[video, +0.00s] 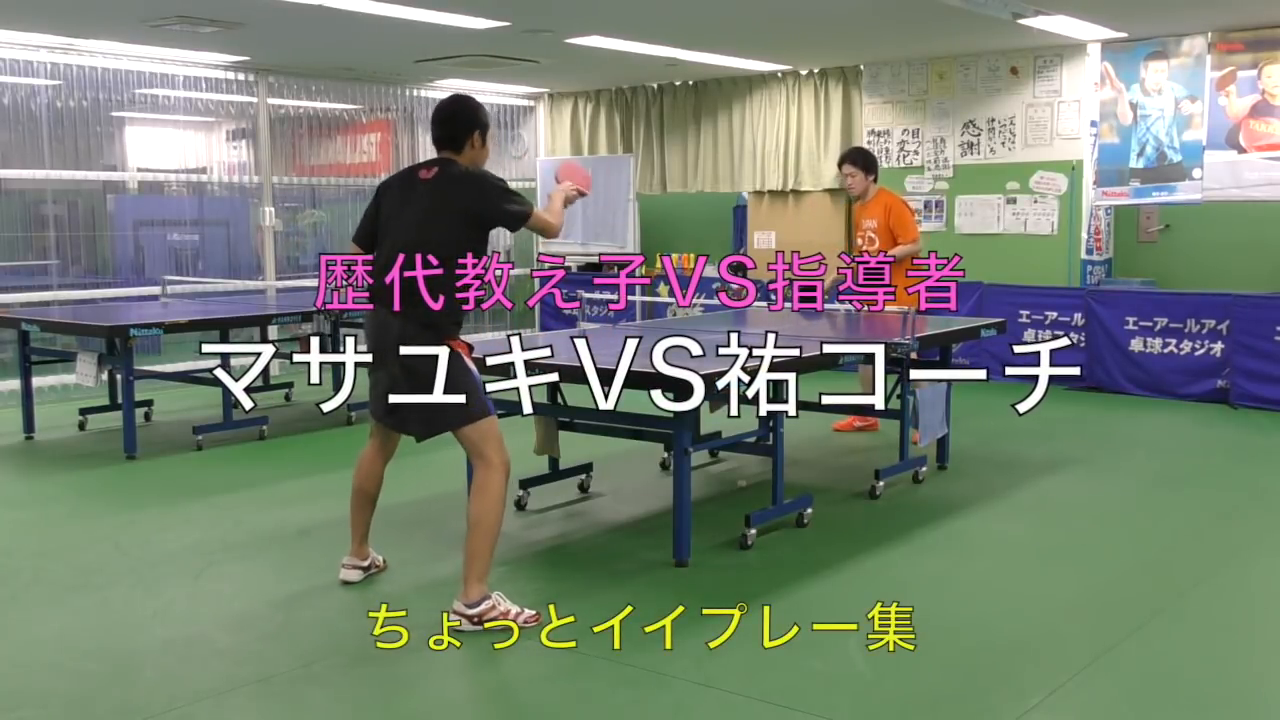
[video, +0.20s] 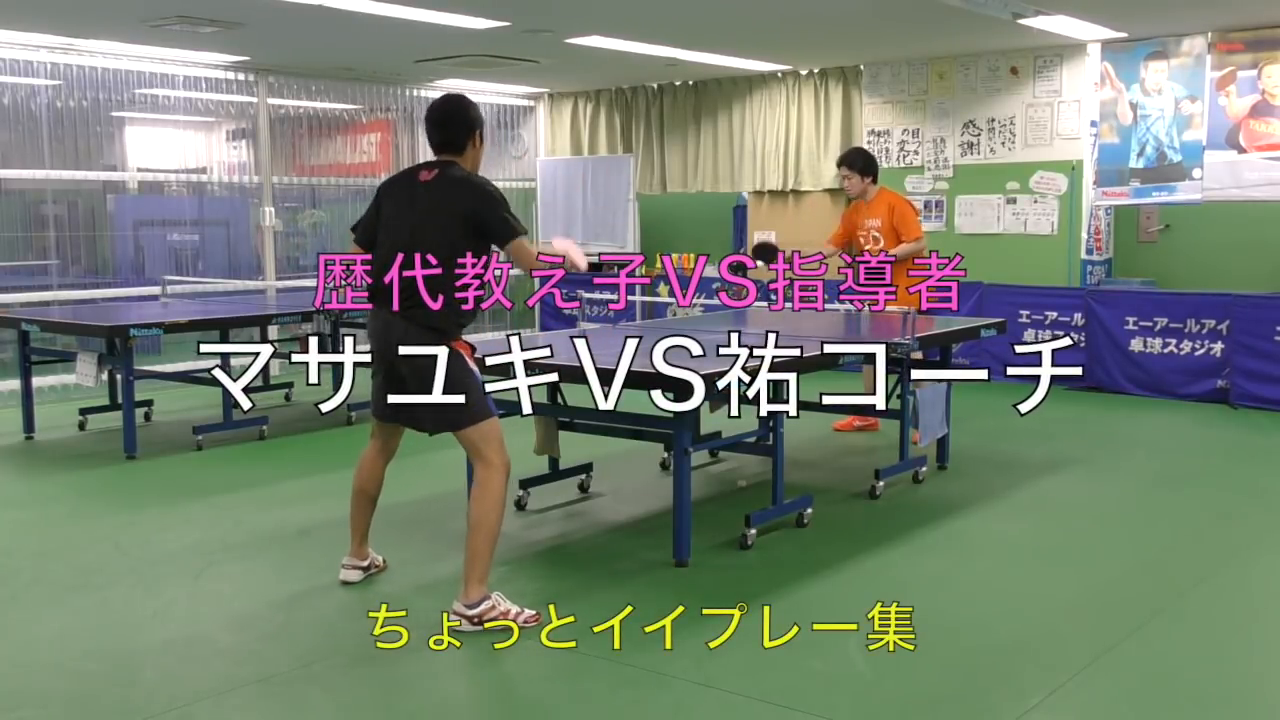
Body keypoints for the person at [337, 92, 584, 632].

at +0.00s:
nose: (488, 147)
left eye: (486, 138)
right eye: (486, 138)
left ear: (437, 138)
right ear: (474, 139)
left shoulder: (396, 184)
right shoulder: (478, 185)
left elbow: (364, 246)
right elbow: (549, 225)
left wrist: (420, 255)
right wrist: (562, 195)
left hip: (383, 339)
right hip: (434, 342)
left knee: (379, 445)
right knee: (491, 460)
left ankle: (356, 554)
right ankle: (475, 595)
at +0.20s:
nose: (483, 145)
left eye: (479, 137)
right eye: (482, 137)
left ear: (432, 139)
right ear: (474, 139)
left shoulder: (395, 185)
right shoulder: (477, 192)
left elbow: (363, 243)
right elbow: (526, 257)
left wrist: (418, 251)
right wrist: (561, 247)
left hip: (386, 342)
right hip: (437, 345)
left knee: (380, 445)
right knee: (491, 460)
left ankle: (356, 554)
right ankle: (475, 596)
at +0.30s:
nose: (493, 150)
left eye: (492, 141)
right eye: (492, 141)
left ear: (440, 139)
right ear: (482, 141)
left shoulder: (404, 185)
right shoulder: (462, 190)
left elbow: (368, 243)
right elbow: (470, 272)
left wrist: (415, 277)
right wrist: (535, 319)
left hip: (385, 341)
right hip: (429, 345)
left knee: (385, 444)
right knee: (484, 460)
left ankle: (357, 555)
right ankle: (474, 597)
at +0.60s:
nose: (506, 174)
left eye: (508, 164)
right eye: (504, 162)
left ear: (464, 155)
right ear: (477, 154)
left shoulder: (413, 193)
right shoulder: (454, 197)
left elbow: (374, 257)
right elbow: (489, 277)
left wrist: (408, 305)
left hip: (383, 344)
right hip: (418, 348)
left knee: (389, 444)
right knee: (486, 460)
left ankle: (357, 554)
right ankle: (473, 599)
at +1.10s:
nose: (499, 147)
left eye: (496, 137)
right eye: (497, 138)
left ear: (445, 138)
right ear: (488, 140)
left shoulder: (409, 184)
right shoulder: (469, 190)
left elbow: (371, 253)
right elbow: (473, 268)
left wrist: (405, 299)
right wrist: (534, 319)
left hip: (389, 342)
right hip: (432, 346)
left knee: (386, 446)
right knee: (490, 461)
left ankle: (358, 556)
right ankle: (474, 597)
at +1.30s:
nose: (510, 172)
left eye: (511, 162)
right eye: (508, 160)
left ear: (468, 156)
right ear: (485, 157)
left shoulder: (428, 194)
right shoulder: (452, 196)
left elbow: (377, 262)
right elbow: (446, 272)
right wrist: (496, 316)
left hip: (384, 345)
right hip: (411, 349)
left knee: (397, 444)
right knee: (481, 459)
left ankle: (360, 554)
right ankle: (469, 596)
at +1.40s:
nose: (520, 167)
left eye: (521, 155)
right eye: (516, 154)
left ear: (477, 152)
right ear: (490, 151)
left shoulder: (429, 189)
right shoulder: (474, 200)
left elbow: (374, 257)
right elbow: (532, 272)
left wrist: (429, 281)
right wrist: (622, 292)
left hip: (377, 335)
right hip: (411, 343)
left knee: (384, 442)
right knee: (472, 459)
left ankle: (358, 554)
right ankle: (468, 596)